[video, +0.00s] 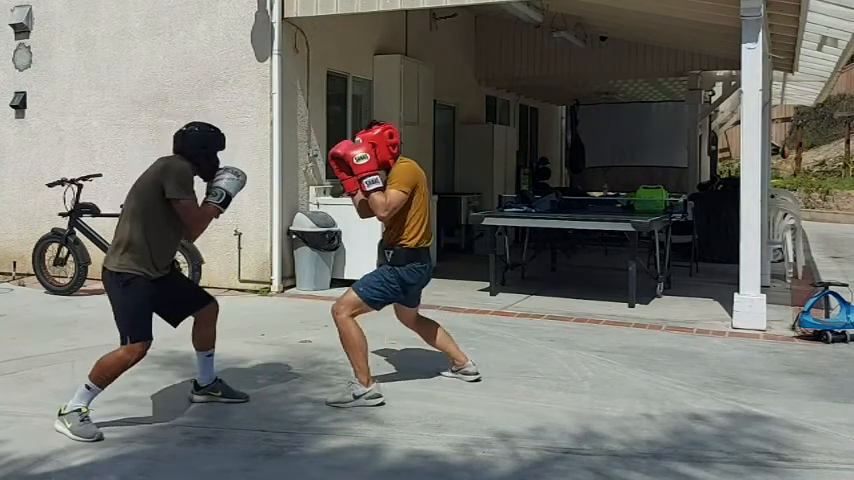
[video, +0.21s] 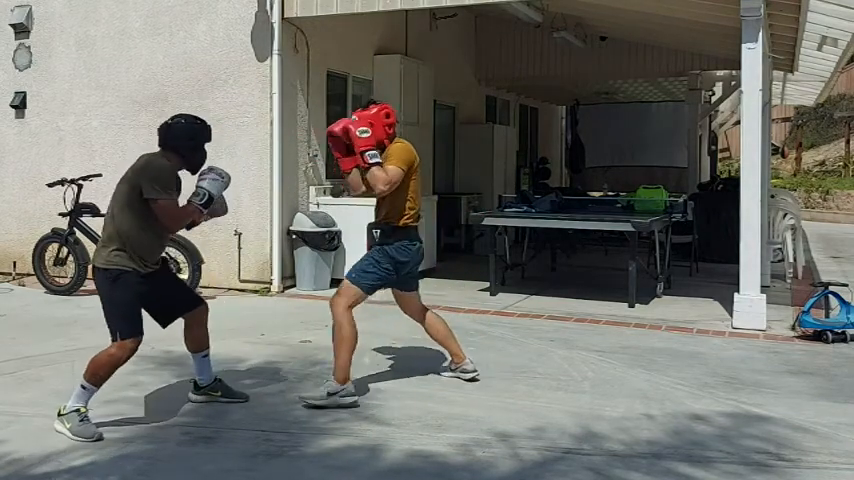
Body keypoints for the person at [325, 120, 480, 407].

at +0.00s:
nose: (368, 154)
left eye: (369, 148)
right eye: (366, 149)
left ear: (383, 147)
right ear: (387, 147)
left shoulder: (405, 169)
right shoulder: (392, 173)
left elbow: (383, 210)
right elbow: (365, 209)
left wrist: (367, 172)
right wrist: (349, 178)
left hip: (404, 265)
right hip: (413, 263)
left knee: (342, 310)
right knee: (409, 316)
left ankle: (365, 386)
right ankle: (463, 363)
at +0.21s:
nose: (363, 133)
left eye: (364, 127)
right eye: (361, 128)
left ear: (379, 127)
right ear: (385, 127)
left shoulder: (401, 149)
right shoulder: (385, 154)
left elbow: (382, 186)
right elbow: (356, 187)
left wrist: (367, 149)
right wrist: (343, 152)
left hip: (395, 246)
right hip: (404, 245)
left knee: (340, 303)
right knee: (416, 309)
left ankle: (341, 385)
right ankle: (461, 362)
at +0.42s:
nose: (340, 140)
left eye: (342, 135)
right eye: (338, 135)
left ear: (357, 133)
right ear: (358, 135)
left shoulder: (380, 156)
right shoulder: (359, 160)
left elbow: (354, 194)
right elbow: (328, 189)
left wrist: (342, 156)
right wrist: (315, 156)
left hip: (381, 253)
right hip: (390, 251)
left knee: (331, 309)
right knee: (407, 312)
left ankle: (324, 388)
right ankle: (457, 359)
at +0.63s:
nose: (327, 131)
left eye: (331, 125)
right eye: (326, 126)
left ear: (347, 123)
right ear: (345, 126)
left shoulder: (368, 142)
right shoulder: (350, 151)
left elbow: (356, 184)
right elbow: (333, 189)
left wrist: (328, 154)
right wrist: (312, 162)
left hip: (381, 241)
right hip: (382, 240)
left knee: (341, 308)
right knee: (386, 300)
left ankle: (325, 388)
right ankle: (436, 353)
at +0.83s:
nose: (341, 135)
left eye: (344, 127)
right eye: (339, 128)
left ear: (361, 123)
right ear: (362, 124)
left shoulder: (379, 148)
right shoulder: (372, 151)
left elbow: (379, 194)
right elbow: (362, 195)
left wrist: (340, 176)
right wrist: (334, 184)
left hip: (374, 245)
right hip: (385, 243)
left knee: (324, 304)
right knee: (392, 307)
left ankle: (321, 384)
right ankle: (435, 364)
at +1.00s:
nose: (337, 128)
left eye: (340, 121)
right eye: (336, 123)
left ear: (357, 118)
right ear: (364, 119)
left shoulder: (367, 138)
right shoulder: (373, 145)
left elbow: (349, 162)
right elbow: (338, 184)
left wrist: (315, 143)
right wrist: (314, 158)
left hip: (371, 240)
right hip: (392, 239)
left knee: (322, 306)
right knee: (397, 303)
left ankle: (319, 386)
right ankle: (433, 361)